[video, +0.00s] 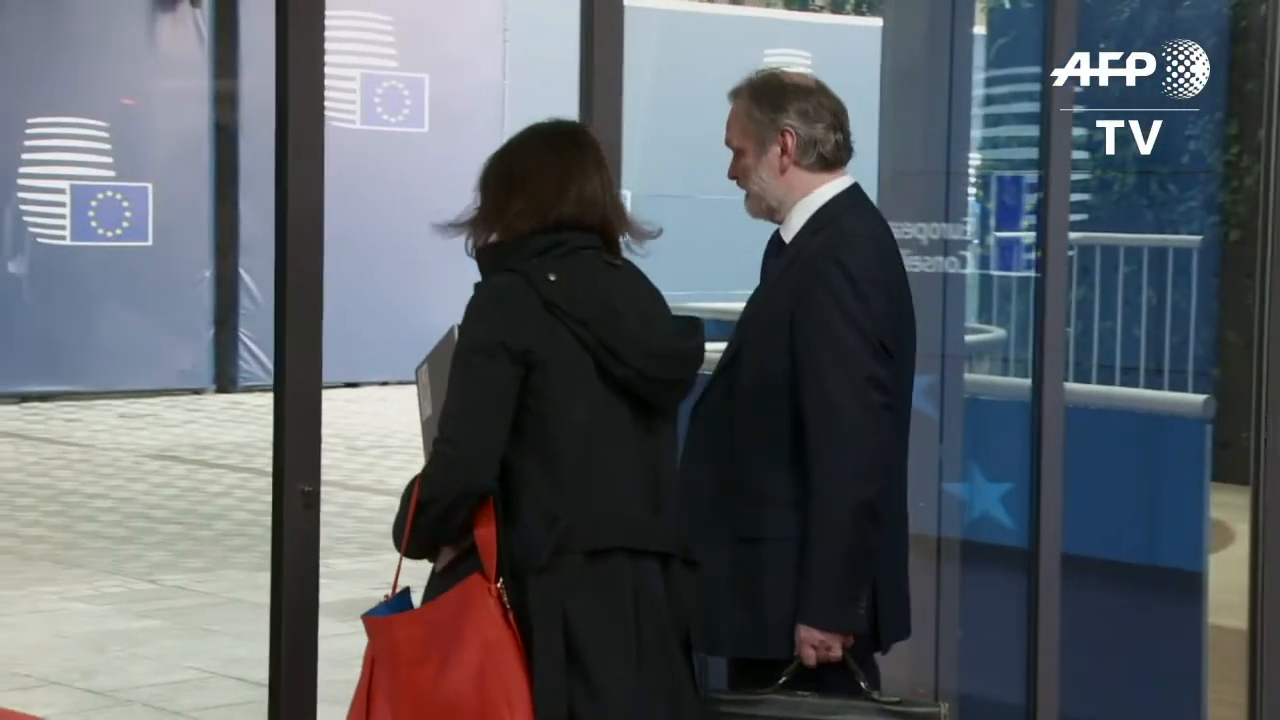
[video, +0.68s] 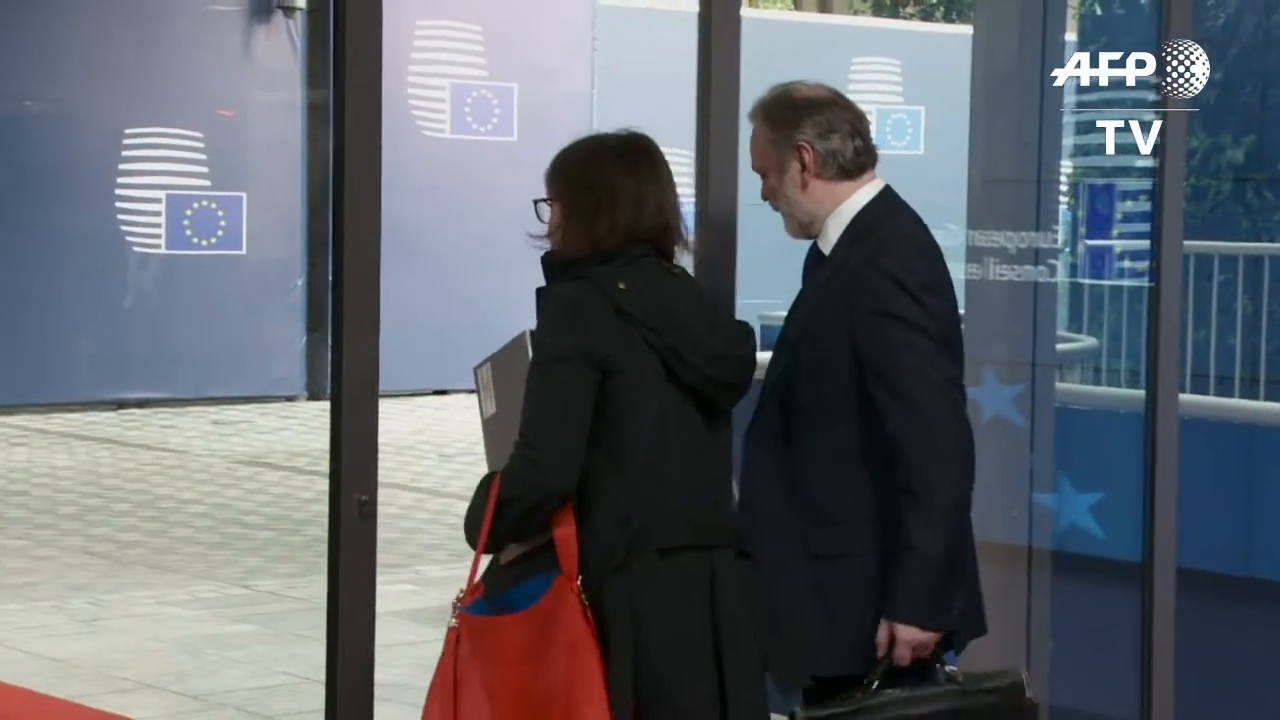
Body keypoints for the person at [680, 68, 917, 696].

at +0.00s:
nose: (732, 170)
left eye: (738, 151)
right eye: (732, 152)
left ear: (783, 150)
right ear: (785, 151)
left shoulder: (835, 255)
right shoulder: (820, 238)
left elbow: (845, 442)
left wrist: (826, 604)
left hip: (797, 600)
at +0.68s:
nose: (763, 194)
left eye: (764, 175)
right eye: (760, 177)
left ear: (805, 162)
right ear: (809, 162)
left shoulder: (884, 258)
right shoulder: (854, 245)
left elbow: (934, 442)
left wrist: (917, 599)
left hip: (867, 608)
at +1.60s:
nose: (689, 210)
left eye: (689, 191)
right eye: (688, 193)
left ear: (711, 179)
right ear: (770, 176)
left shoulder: (799, 265)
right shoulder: (769, 263)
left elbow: (846, 432)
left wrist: (830, 581)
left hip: (792, 599)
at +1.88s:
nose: (639, 187)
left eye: (639, 168)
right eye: (638, 170)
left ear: (656, 161)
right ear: (722, 160)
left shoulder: (725, 244)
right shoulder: (741, 236)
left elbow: (750, 406)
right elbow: (753, 405)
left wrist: (740, 548)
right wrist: (728, 543)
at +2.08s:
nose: (641, 178)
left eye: (639, 163)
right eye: (640, 163)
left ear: (650, 165)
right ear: (728, 160)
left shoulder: (680, 247)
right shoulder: (771, 251)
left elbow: (680, 407)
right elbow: (776, 409)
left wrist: (679, 548)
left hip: (698, 552)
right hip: (773, 541)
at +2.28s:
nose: (618, 195)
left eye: (618, 182)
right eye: (618, 183)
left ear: (627, 185)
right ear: (701, 179)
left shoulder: (630, 263)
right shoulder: (760, 272)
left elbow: (622, 417)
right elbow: (766, 424)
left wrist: (611, 556)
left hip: (661, 556)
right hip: (753, 550)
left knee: (657, 708)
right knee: (756, 709)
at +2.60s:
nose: (578, 171)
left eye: (577, 162)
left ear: (584, 168)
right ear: (661, 158)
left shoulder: (564, 251)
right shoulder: (727, 256)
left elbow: (546, 396)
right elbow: (763, 400)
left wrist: (525, 512)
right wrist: (768, 516)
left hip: (596, 515)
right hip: (699, 517)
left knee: (607, 688)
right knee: (664, 683)